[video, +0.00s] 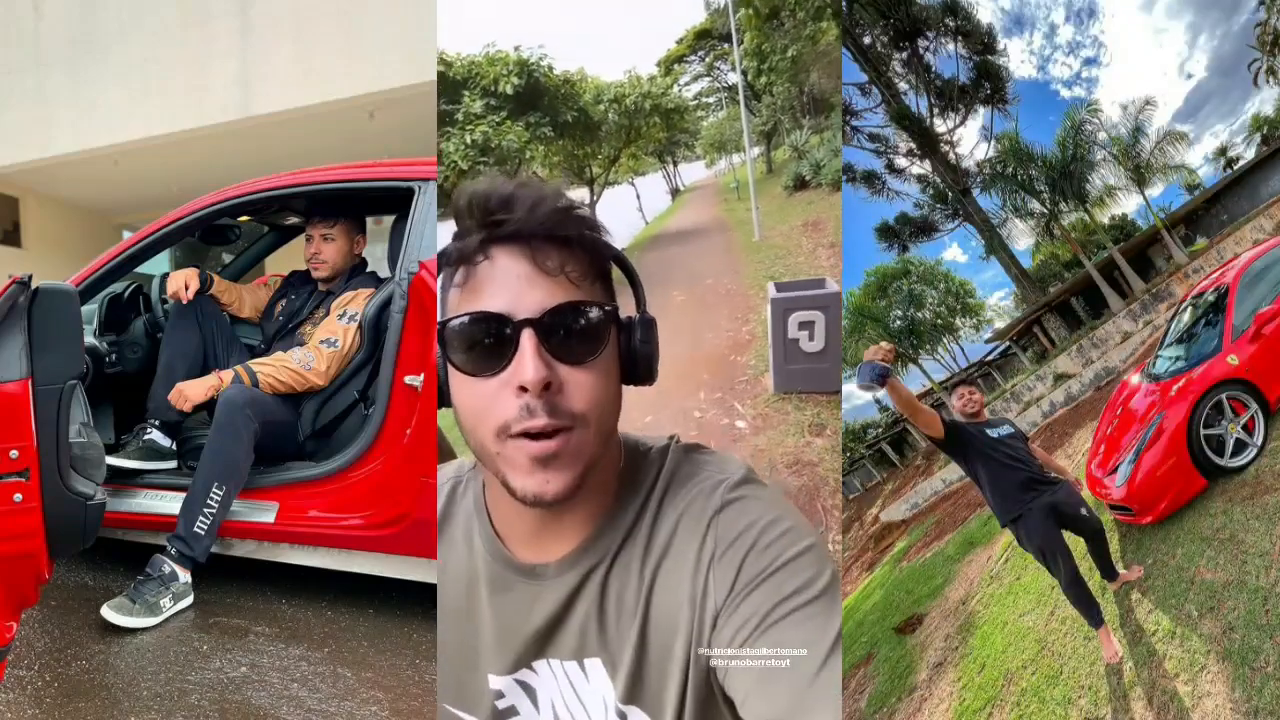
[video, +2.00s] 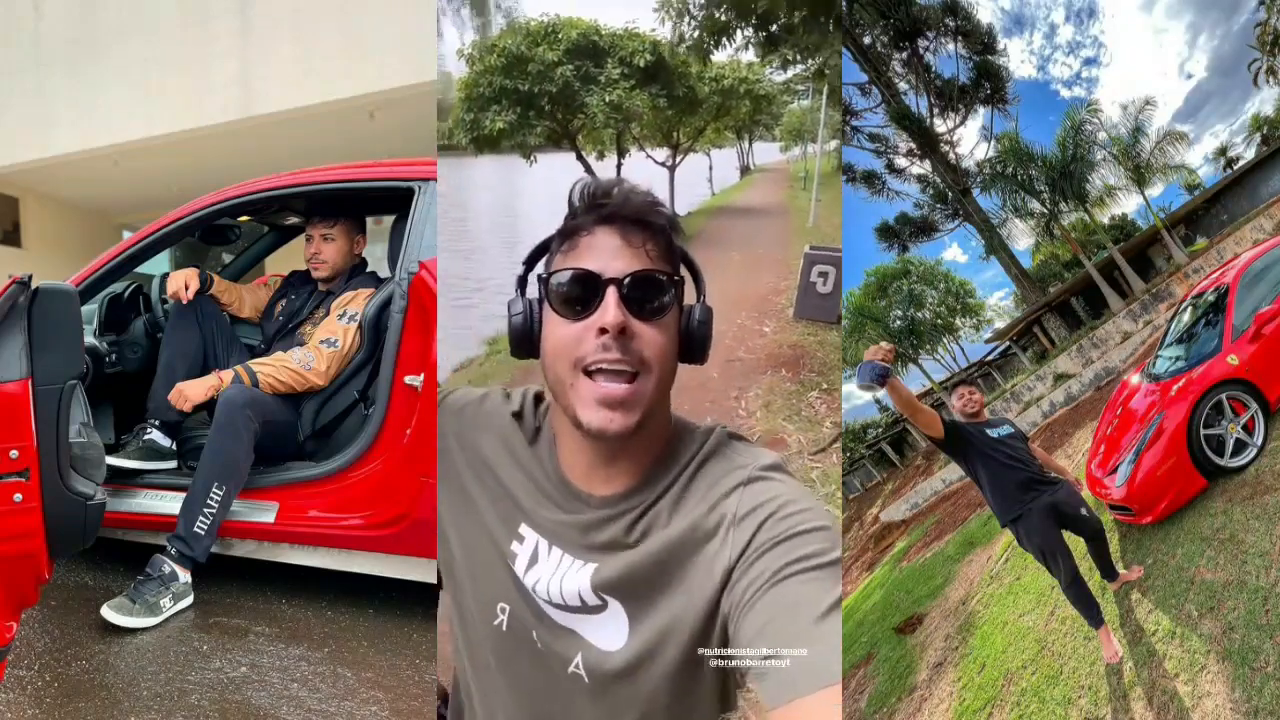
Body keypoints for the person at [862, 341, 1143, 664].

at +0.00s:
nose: (966, 397)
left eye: (971, 392)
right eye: (959, 397)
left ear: (983, 398)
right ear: (953, 410)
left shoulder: (1004, 424)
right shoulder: (956, 436)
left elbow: (1037, 454)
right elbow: (917, 413)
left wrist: (1067, 475)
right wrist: (886, 376)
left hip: (1051, 489)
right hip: (1022, 512)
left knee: (1093, 527)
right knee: (1065, 570)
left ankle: (1114, 576)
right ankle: (1101, 627)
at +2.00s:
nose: (967, 397)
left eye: (971, 392)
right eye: (959, 397)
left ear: (983, 398)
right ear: (953, 410)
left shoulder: (1003, 424)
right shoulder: (957, 436)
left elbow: (1037, 454)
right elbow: (916, 412)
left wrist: (1067, 475)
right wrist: (885, 374)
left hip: (1052, 489)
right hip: (1022, 512)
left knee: (1094, 528)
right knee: (1065, 571)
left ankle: (1114, 576)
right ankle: (1101, 628)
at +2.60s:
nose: (967, 397)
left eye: (971, 392)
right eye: (959, 397)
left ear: (983, 398)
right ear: (953, 410)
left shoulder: (1003, 424)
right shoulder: (957, 436)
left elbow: (1037, 454)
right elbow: (916, 412)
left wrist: (1067, 475)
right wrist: (885, 374)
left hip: (1052, 489)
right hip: (1022, 512)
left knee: (1094, 528)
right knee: (1065, 571)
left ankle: (1114, 576)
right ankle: (1101, 628)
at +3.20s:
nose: (967, 397)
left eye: (971, 392)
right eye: (959, 397)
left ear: (983, 398)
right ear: (953, 410)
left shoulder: (1003, 424)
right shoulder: (957, 436)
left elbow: (1037, 454)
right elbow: (916, 412)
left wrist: (1067, 475)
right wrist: (885, 374)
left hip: (1052, 489)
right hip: (1022, 512)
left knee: (1094, 528)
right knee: (1065, 571)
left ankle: (1114, 576)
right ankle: (1101, 628)